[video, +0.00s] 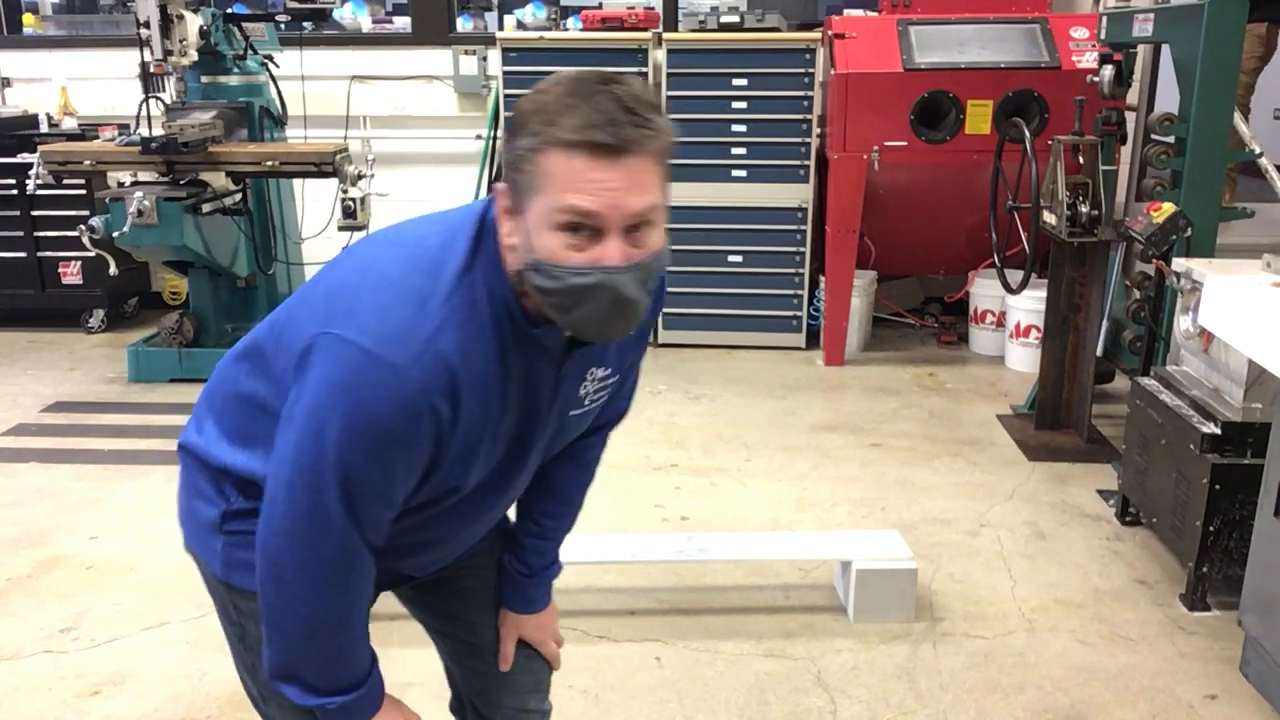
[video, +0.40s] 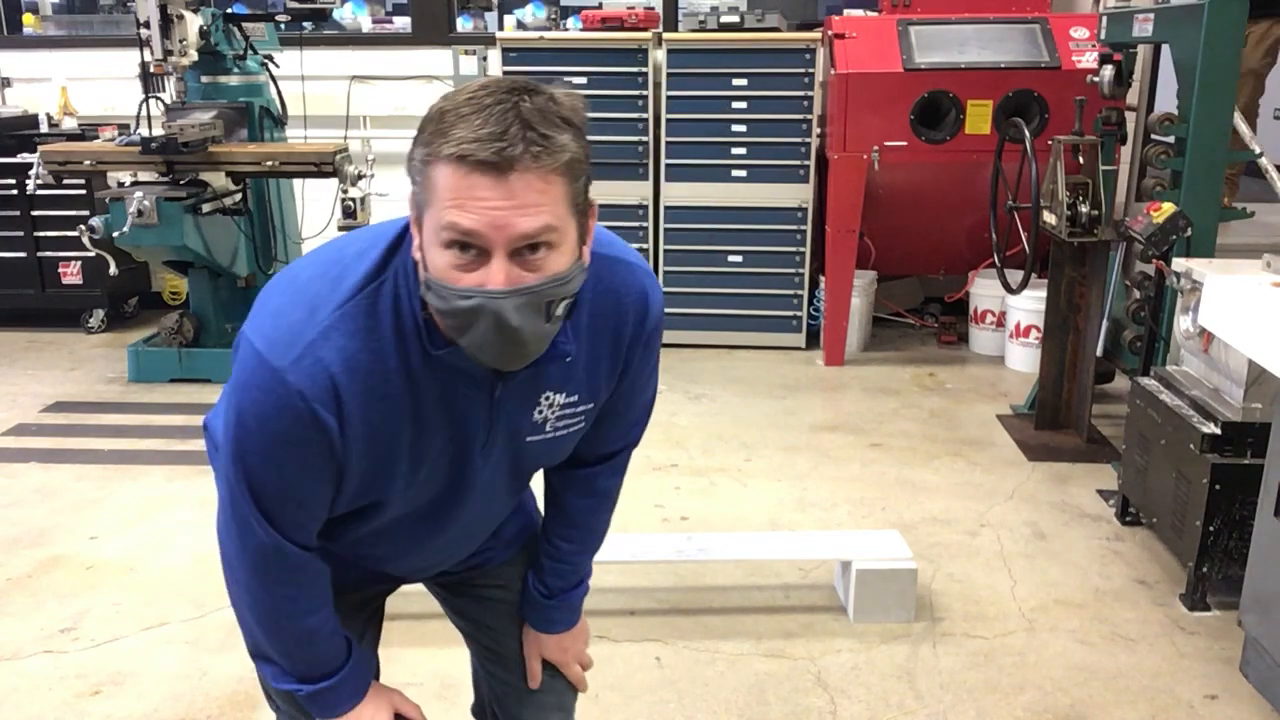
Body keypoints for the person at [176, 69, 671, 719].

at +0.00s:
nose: (614, 262)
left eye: (639, 229)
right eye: (580, 230)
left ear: (664, 217)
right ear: (508, 212)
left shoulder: (627, 287)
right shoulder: (389, 354)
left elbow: (574, 446)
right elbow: (305, 565)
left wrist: (530, 582)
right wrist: (354, 699)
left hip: (433, 484)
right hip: (269, 512)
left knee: (516, 687)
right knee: (313, 700)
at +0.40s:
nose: (498, 289)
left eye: (532, 251)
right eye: (466, 250)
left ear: (586, 231)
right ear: (417, 234)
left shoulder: (621, 301)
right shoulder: (299, 364)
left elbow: (592, 466)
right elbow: (267, 557)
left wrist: (556, 607)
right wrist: (339, 689)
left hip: (484, 516)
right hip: (331, 538)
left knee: (542, 695)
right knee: (315, 703)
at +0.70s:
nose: (471, 239)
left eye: (503, 202)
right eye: (439, 201)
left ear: (560, 190)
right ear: (386, 189)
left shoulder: (599, 273)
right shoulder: (276, 320)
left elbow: (581, 455)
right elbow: (256, 539)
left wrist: (556, 612)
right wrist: (327, 693)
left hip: (477, 517)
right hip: (324, 539)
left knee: (539, 696)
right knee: (306, 704)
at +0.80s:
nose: (455, 151)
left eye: (487, 115)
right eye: (421, 115)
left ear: (542, 113)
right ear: (369, 119)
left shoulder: (581, 221)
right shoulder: (258, 270)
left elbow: (582, 418)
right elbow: (244, 509)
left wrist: (575, 585)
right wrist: (317, 691)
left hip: (466, 510)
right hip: (312, 532)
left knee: (529, 686)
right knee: (306, 707)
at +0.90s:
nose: (430, 53)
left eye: (459, 16)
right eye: (392, 20)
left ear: (517, 27)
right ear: (340, 36)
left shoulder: (561, 161)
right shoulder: (239, 210)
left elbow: (588, 366)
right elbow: (215, 470)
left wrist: (596, 543)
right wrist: (286, 674)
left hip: (463, 513)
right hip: (305, 534)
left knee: (514, 696)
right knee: (309, 710)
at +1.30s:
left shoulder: (554, 76)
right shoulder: (253, 108)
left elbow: (609, 272)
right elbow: (180, 385)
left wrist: (642, 438)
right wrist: (218, 618)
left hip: (494, 522)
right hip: (317, 538)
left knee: (526, 705)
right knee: (317, 709)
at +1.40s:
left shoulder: (568, 63)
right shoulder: (275, 85)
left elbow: (626, 252)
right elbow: (216, 361)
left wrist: (655, 398)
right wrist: (262, 575)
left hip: (527, 521)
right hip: (350, 536)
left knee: (534, 708)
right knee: (336, 708)